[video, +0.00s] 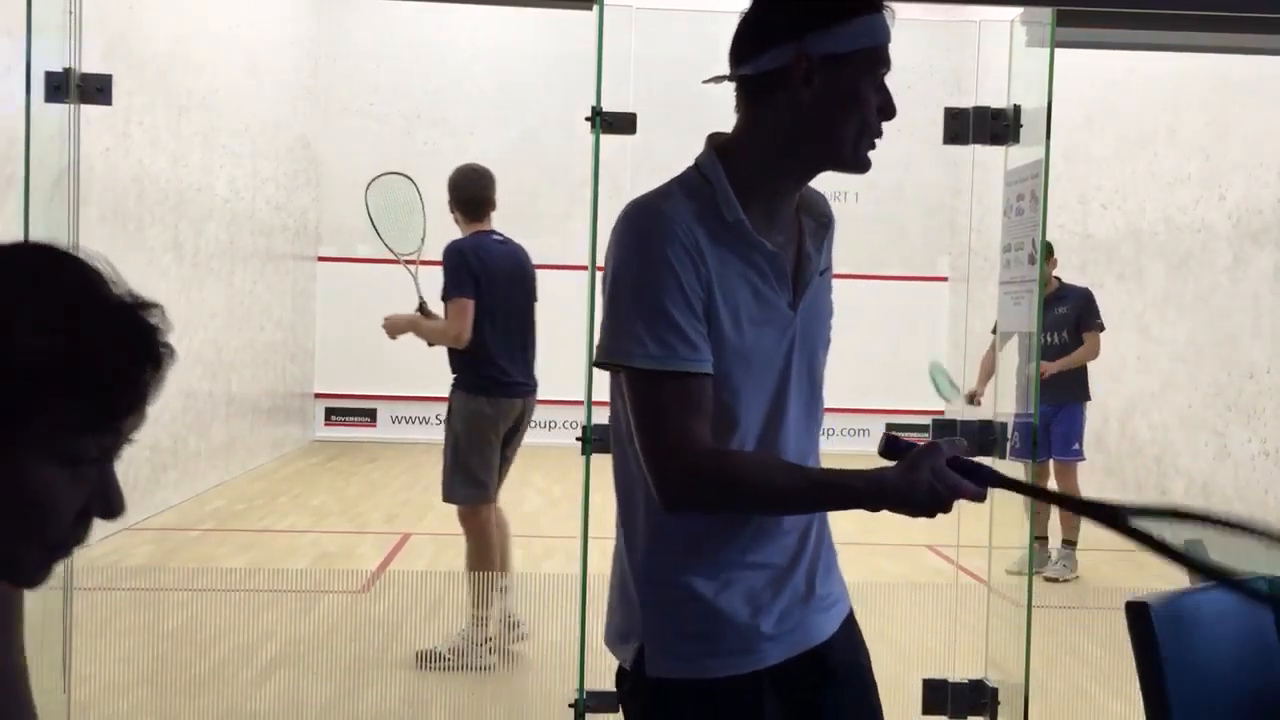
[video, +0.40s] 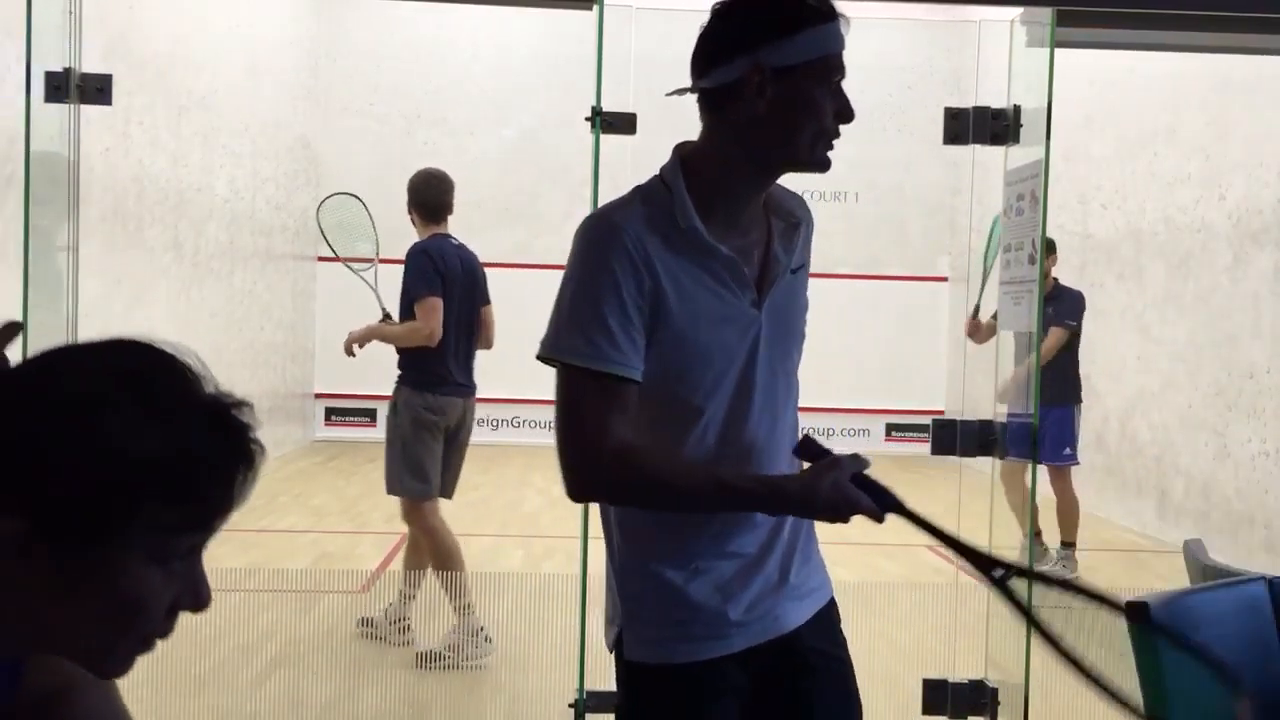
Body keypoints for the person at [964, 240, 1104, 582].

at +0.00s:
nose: (1033, 273)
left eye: (1038, 265)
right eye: (1028, 266)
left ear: (1052, 262)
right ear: (1021, 268)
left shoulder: (1079, 297)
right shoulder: (1020, 302)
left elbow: (1092, 348)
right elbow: (994, 349)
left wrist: (1056, 365)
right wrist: (980, 386)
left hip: (1067, 404)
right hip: (1029, 403)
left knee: (1065, 478)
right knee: (1035, 479)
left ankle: (1067, 555)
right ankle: (1038, 551)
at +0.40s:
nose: (1035, 269)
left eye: (1040, 262)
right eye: (1029, 263)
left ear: (1052, 261)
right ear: (1020, 265)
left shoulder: (1070, 299)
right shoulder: (1017, 299)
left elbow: (1049, 348)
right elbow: (984, 334)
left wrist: (1015, 379)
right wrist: (975, 330)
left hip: (1059, 402)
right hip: (1023, 399)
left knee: (1059, 478)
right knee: (1011, 474)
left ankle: (1067, 555)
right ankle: (1035, 547)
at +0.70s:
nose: (986, 269)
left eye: (992, 263)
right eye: (985, 264)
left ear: (1012, 263)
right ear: (985, 266)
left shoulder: (1038, 297)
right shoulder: (993, 299)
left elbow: (1010, 330)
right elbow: (968, 326)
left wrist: (955, 326)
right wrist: (970, 292)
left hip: (1038, 401)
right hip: (1002, 399)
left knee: (1048, 482)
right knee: (971, 469)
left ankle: (1066, 555)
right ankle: (964, 547)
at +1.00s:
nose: (891, 299)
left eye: (896, 292)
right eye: (890, 293)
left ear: (918, 288)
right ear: (905, 295)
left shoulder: (960, 309)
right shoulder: (910, 322)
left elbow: (957, 356)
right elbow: (906, 334)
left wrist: (908, 384)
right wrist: (935, 297)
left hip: (980, 413)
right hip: (945, 413)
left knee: (1011, 487)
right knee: (899, 474)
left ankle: (1056, 549)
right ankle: (879, 544)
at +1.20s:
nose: (834, 302)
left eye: (837, 295)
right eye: (833, 296)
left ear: (853, 291)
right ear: (853, 293)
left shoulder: (883, 316)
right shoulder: (868, 321)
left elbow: (877, 372)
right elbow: (846, 364)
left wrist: (855, 405)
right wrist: (817, 398)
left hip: (922, 412)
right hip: (899, 412)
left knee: (924, 488)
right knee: (864, 464)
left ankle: (994, 530)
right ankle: (870, 545)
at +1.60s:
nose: (765, 270)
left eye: (766, 265)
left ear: (768, 270)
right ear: (797, 268)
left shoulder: (766, 303)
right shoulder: (820, 294)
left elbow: (751, 348)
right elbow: (867, 279)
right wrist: (891, 244)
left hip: (807, 398)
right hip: (841, 393)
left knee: (770, 467)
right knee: (840, 466)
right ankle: (866, 541)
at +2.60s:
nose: (646, 237)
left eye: (648, 233)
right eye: (650, 232)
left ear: (651, 238)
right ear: (683, 241)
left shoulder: (627, 274)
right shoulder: (702, 280)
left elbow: (607, 326)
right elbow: (725, 324)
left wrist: (610, 378)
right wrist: (724, 380)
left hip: (645, 387)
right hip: (691, 389)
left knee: (621, 477)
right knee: (705, 475)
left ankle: (599, 560)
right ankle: (717, 561)